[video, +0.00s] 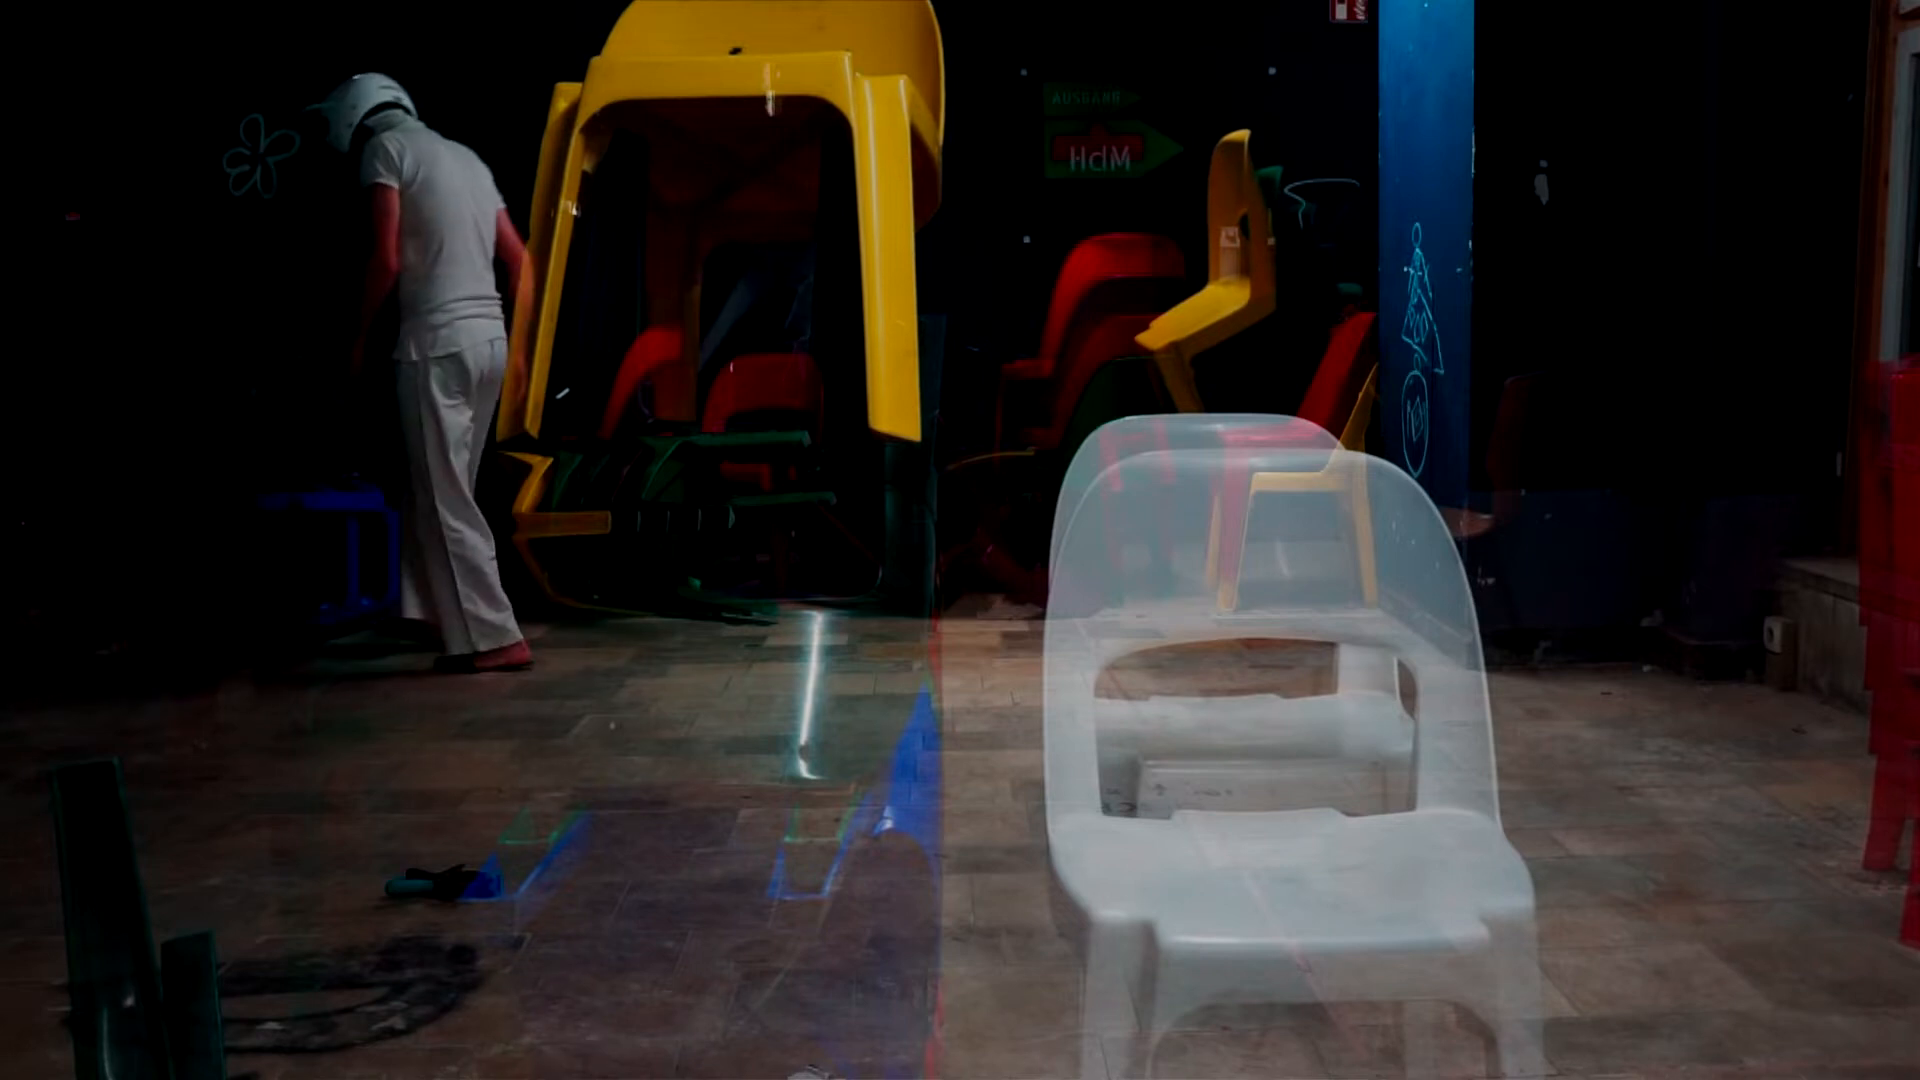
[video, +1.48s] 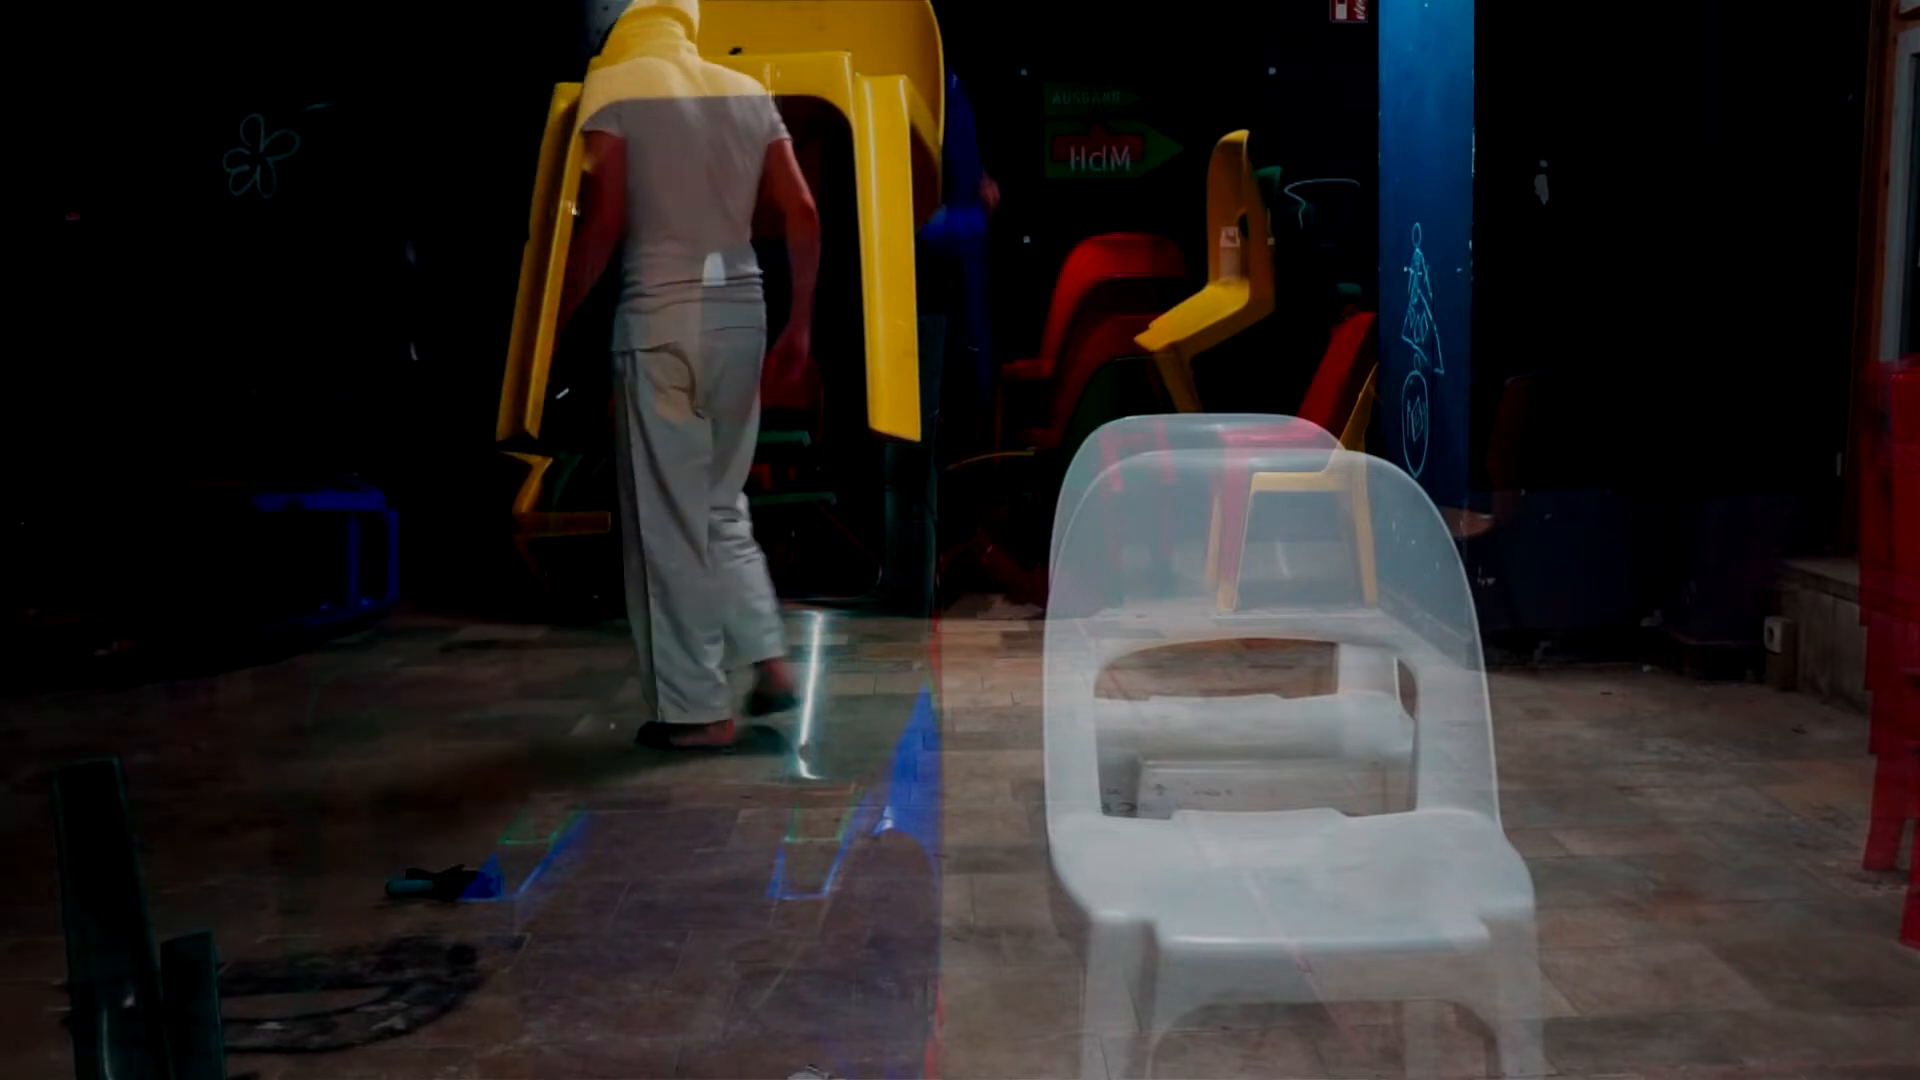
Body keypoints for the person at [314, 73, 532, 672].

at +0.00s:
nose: (353, 142)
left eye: (352, 132)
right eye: (351, 133)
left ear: (364, 120)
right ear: (402, 108)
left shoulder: (386, 145)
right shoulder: (466, 159)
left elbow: (387, 260)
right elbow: (520, 261)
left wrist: (360, 332)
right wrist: (513, 344)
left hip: (439, 343)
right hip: (490, 340)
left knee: (445, 494)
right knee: (450, 486)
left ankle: (495, 637)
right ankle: (447, 625)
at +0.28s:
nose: (400, 124)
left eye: (399, 115)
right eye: (399, 116)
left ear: (409, 105)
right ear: (459, 96)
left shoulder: (420, 140)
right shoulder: (524, 149)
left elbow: (420, 252)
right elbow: (577, 249)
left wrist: (383, 338)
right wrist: (580, 342)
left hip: (464, 340)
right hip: (531, 336)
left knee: (467, 488)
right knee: (519, 483)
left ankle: (492, 637)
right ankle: (573, 606)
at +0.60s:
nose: (464, 101)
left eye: (465, 89)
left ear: (474, 85)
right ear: (536, 85)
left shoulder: (475, 132)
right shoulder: (586, 143)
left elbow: (488, 232)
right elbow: (636, 248)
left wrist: (474, 343)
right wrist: (635, 337)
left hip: (509, 342)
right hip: (583, 337)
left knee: (502, 499)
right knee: (593, 498)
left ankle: (501, 638)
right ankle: (622, 653)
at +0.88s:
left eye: (521, 65)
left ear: (525, 62)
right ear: (594, 62)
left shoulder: (521, 115)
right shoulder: (639, 126)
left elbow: (535, 209)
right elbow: (685, 240)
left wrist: (532, 339)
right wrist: (676, 329)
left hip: (557, 335)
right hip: (630, 333)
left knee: (524, 487)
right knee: (622, 498)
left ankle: (583, 644)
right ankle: (628, 664)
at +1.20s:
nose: (565, 77)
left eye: (564, 64)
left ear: (573, 58)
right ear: (635, 53)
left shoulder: (565, 117)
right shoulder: (689, 122)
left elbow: (545, 239)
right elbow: (741, 238)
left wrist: (512, 337)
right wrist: (745, 336)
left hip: (604, 335)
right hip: (682, 333)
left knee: (637, 511)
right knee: (656, 509)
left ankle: (699, 698)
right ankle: (615, 667)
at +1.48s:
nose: (612, 56)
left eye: (614, 44)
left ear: (623, 41)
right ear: (685, 35)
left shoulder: (612, 86)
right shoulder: (746, 90)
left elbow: (605, 217)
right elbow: (802, 213)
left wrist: (562, 309)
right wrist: (799, 323)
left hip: (657, 319)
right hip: (743, 314)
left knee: (671, 513)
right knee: (724, 500)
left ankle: (698, 710)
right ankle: (769, 659)